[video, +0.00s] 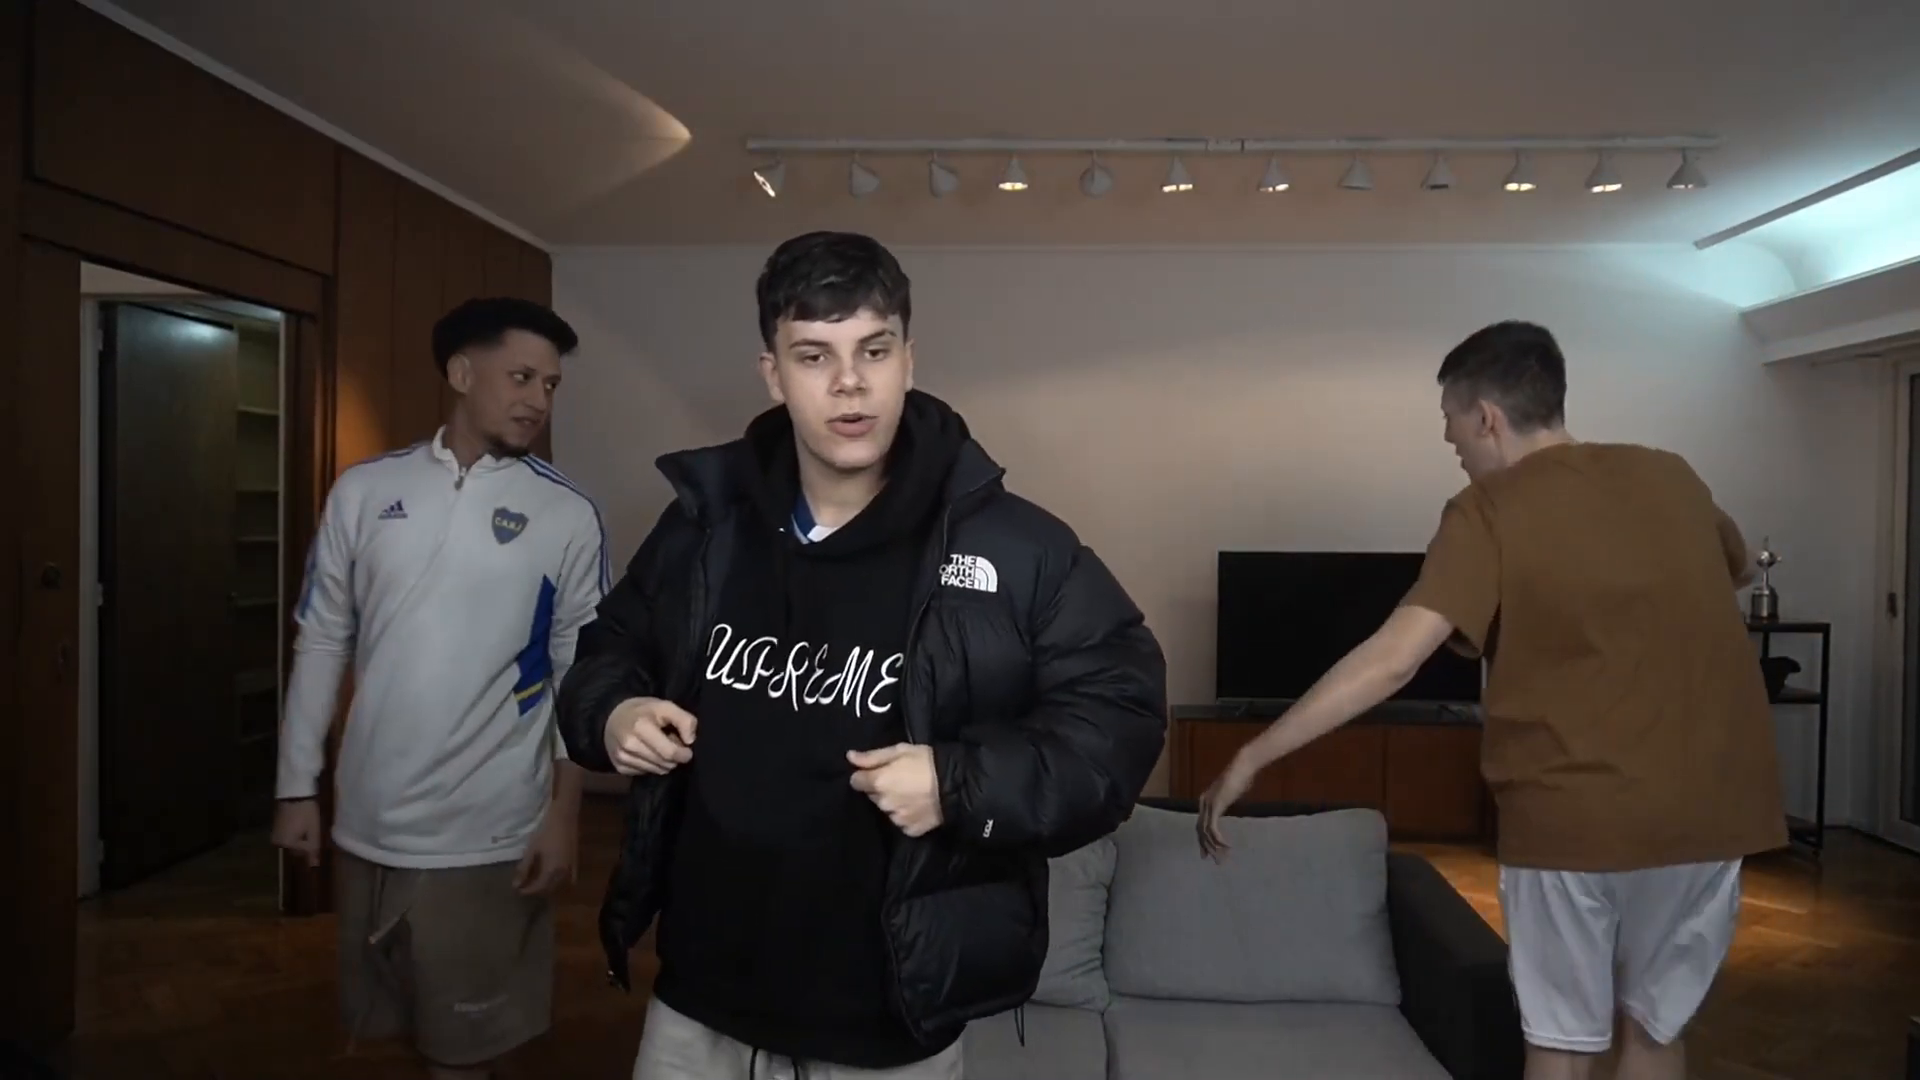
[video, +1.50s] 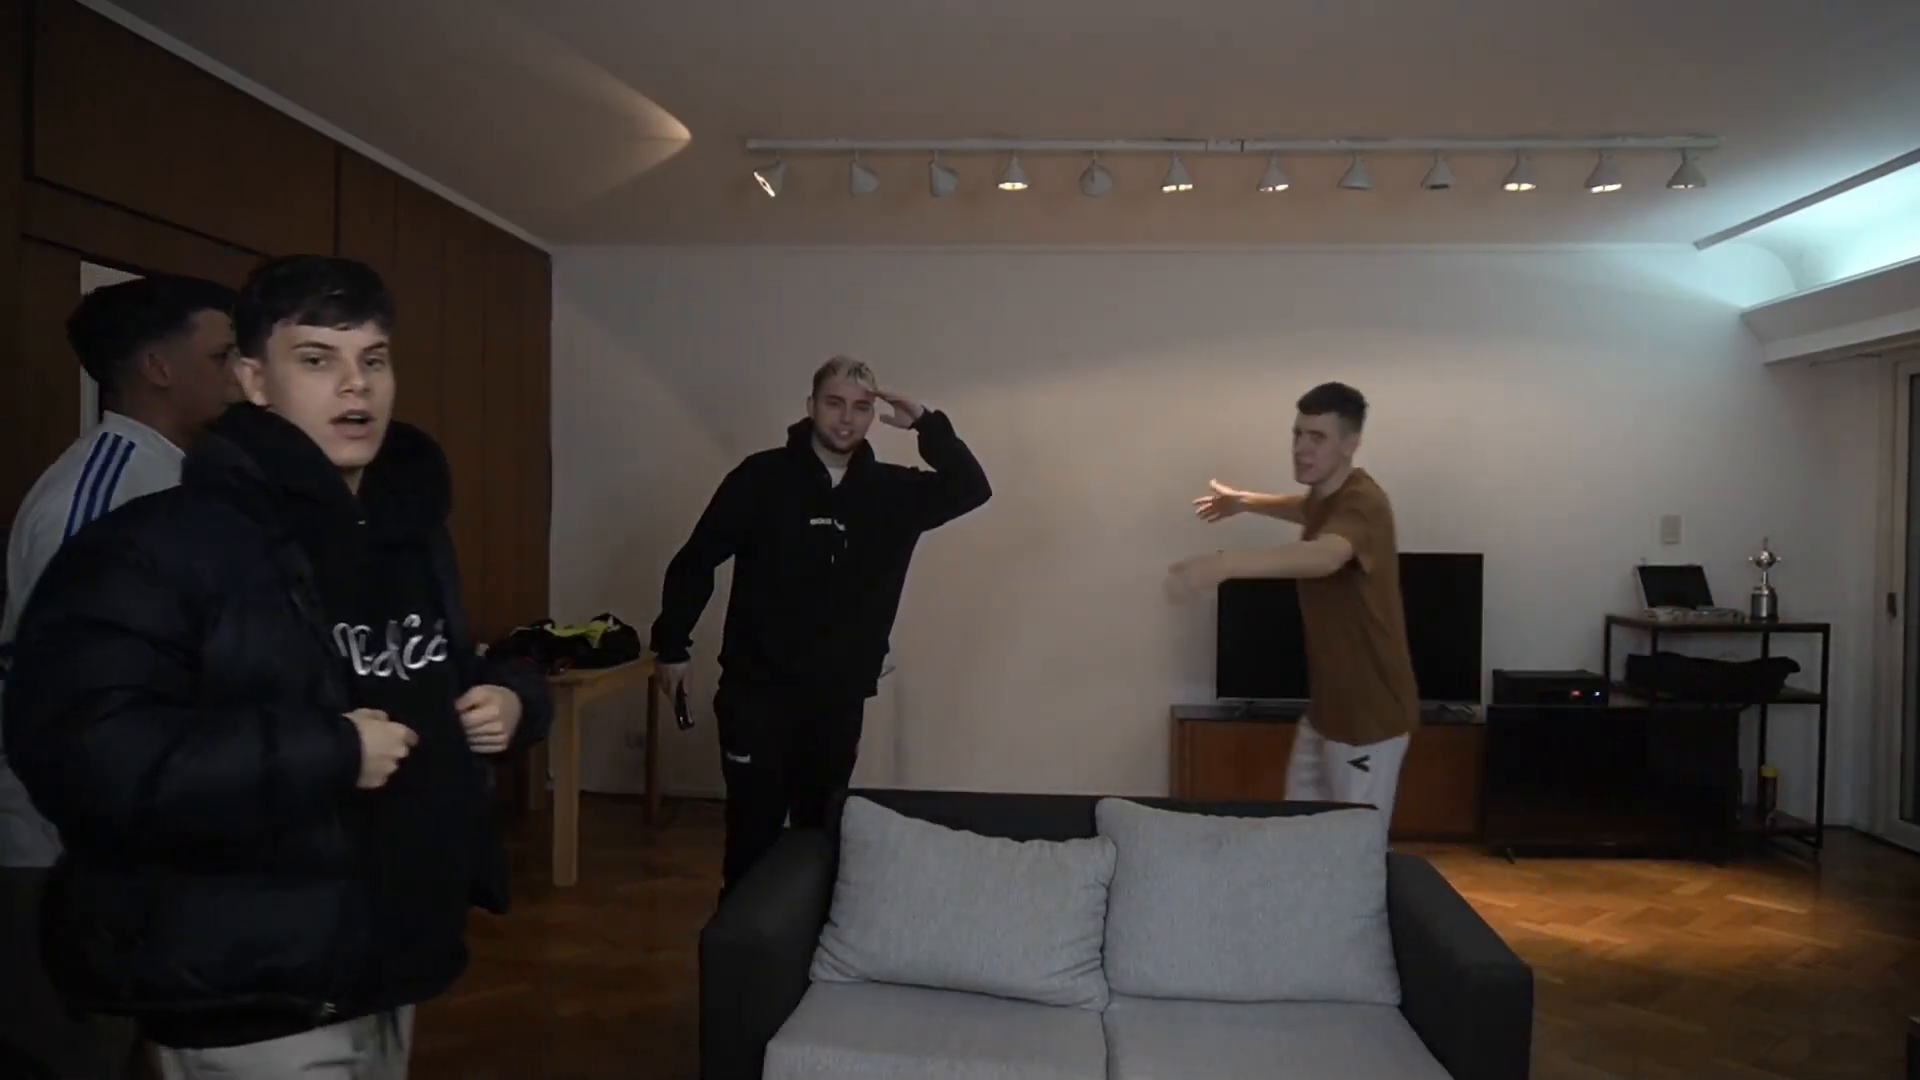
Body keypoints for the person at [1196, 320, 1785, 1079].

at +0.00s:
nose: (1453, 446)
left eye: (1452, 426)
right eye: (1448, 427)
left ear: (1488, 416)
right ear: (1553, 403)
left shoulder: (1488, 513)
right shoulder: (1672, 476)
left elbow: (1391, 659)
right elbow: (1741, 563)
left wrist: (1249, 759)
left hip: (1567, 825)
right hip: (1709, 823)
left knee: (1562, 1047)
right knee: (1655, 1036)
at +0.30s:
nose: (1491, 449)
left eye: (1494, 430)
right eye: (1489, 431)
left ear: (1537, 424)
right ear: (1578, 421)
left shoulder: (1519, 504)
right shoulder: (1681, 485)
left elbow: (1401, 574)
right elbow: (1770, 554)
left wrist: (1246, 560)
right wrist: (1689, 572)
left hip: (1613, 793)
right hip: (1725, 778)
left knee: (1621, 995)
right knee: (1699, 979)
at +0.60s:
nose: (1495, 418)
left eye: (1502, 403)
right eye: (1496, 402)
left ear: (1545, 409)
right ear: (1575, 408)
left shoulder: (1535, 479)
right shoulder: (1650, 463)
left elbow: (1428, 522)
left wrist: (1318, 443)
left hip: (1585, 737)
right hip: (1682, 725)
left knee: (1594, 917)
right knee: (1671, 910)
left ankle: (1639, 1072)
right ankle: (1717, 1071)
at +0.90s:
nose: (1437, 432)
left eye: (1448, 420)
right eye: (1440, 418)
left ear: (1493, 426)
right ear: (1513, 425)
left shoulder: (1489, 494)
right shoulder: (1568, 466)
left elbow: (1390, 527)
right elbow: (1557, 427)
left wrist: (1270, 468)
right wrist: (1518, 380)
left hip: (1550, 719)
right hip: (1606, 700)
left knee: (1569, 899)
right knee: (1572, 867)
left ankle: (1647, 1068)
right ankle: (1581, 1018)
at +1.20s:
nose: (1380, 438)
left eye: (1393, 426)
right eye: (1381, 426)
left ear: (1435, 434)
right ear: (1431, 437)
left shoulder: (1447, 496)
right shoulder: (1462, 480)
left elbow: (1381, 529)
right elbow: (1386, 470)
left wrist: (1279, 504)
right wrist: (1322, 460)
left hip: (1469, 703)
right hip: (1513, 693)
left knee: (1430, 845)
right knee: (1512, 836)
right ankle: (1580, 999)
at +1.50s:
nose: (1301, 447)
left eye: (1317, 437)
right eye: (1298, 434)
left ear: (1351, 444)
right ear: (1293, 434)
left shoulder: (1363, 501)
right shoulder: (1327, 497)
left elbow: (1325, 556)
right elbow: (1300, 508)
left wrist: (1222, 566)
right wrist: (1242, 501)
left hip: (1371, 718)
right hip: (1326, 707)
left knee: (1357, 852)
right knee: (1299, 838)